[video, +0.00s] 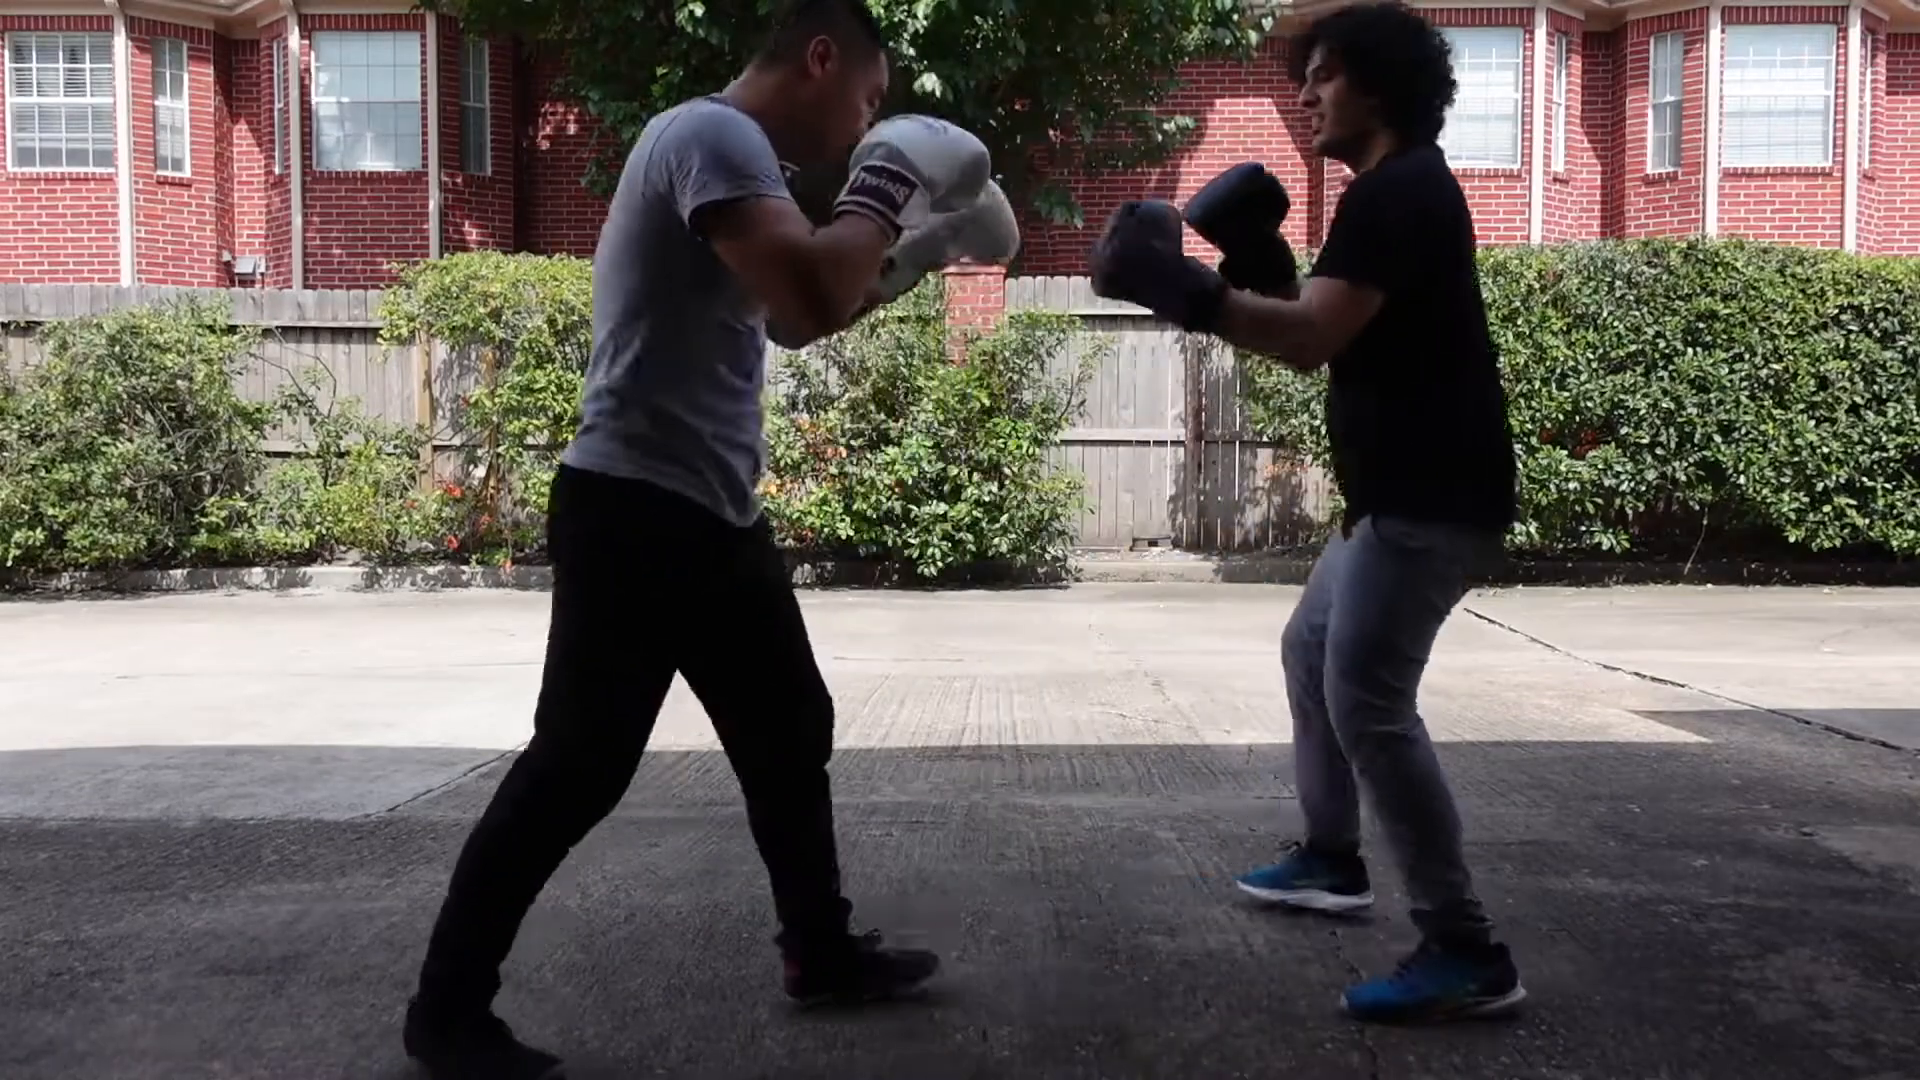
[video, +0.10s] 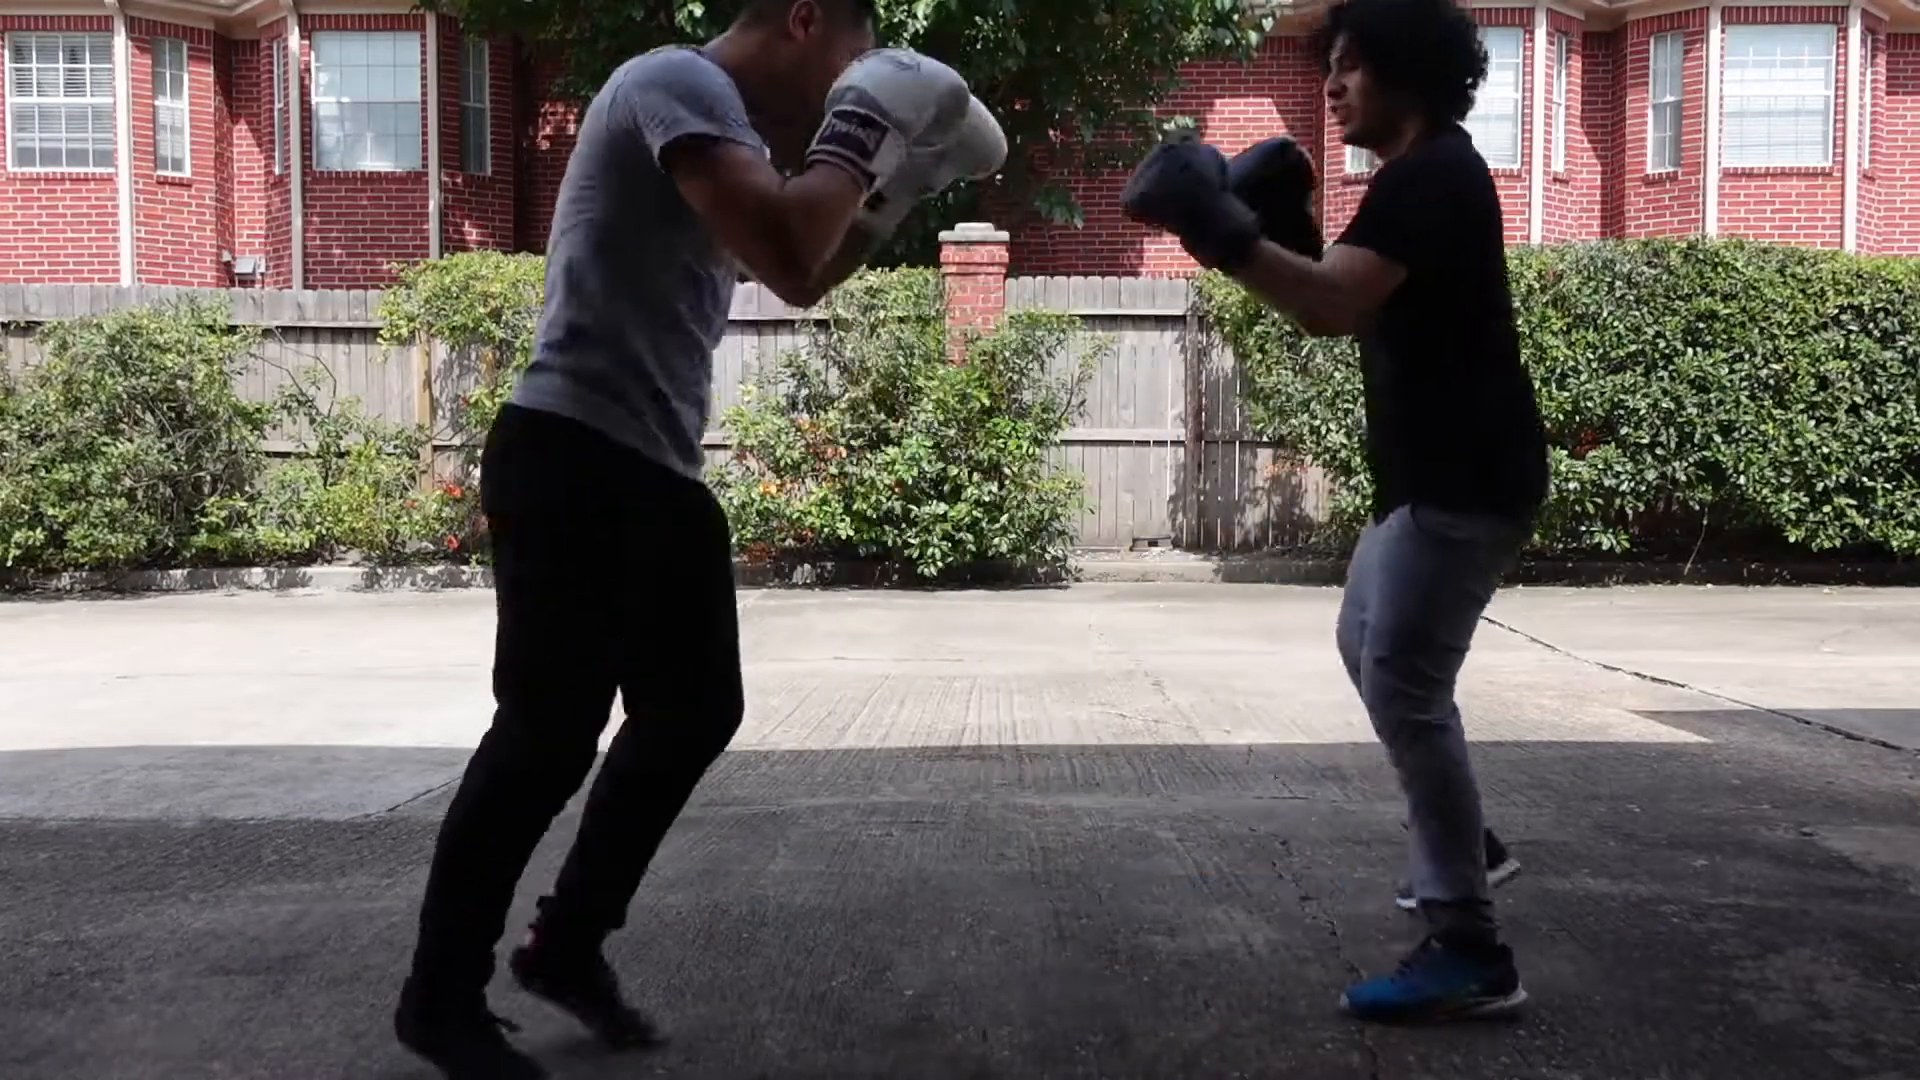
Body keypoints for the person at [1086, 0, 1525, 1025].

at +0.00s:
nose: (1304, 96)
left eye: (1322, 76)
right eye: (1307, 78)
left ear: (1378, 87)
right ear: (1382, 93)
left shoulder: (1396, 193)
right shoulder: (1396, 189)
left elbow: (1314, 335)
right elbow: (1330, 328)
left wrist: (1189, 295)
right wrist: (1265, 255)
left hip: (1431, 506)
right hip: (1403, 500)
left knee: (1369, 707)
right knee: (1308, 651)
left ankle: (1464, 951)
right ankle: (1331, 857)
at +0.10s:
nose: (1330, 87)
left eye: (1348, 66)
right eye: (1331, 68)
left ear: (1407, 74)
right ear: (1406, 81)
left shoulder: (1433, 177)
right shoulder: (1414, 174)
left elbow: (1335, 306)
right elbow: (1344, 307)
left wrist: (1217, 229)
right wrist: (1292, 233)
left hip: (1466, 488)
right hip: (1428, 477)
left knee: (1409, 690)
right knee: (1365, 638)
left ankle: (1468, 947)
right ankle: (1465, 841)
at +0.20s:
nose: (1351, 98)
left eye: (1367, 78)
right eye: (1350, 80)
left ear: (1423, 81)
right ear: (1410, 88)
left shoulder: (1463, 181)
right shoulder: (1446, 178)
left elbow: (1357, 298)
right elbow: (1366, 295)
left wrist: (1259, 203)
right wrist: (1308, 210)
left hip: (1489, 494)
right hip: (1470, 487)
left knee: (1434, 690)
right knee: (1467, 676)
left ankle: (1472, 948)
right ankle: (1582, 836)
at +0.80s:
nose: (1353, 132)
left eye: (1368, 112)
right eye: (1346, 117)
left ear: (1428, 112)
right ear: (1356, 127)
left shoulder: (1481, 206)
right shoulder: (1392, 219)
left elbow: (1443, 321)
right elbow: (1331, 348)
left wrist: (1346, 225)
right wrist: (1292, 264)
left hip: (1500, 496)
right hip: (1430, 498)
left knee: (1464, 690)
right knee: (1388, 664)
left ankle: (1536, 917)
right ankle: (1539, 812)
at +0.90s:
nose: (1329, 132)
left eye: (1343, 112)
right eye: (1322, 117)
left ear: (1406, 111)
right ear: (1323, 126)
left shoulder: (1456, 202)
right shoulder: (1350, 216)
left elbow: (1425, 302)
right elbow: (1289, 324)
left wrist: (1328, 208)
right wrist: (1257, 242)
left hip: (1469, 496)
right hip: (1386, 496)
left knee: (1459, 688)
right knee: (1328, 648)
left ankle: (1536, 915)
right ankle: (1401, 823)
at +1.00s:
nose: (1298, 142)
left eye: (1314, 123)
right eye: (1294, 127)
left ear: (1372, 124)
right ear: (1304, 137)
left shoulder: (1421, 207)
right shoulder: (1316, 229)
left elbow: (1383, 285)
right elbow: (1240, 328)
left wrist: (1296, 186)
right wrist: (1221, 237)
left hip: (1426, 498)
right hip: (1342, 499)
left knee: (1440, 690)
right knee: (1287, 664)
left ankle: (1532, 912)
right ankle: (1274, 820)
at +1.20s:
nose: (1235, 164)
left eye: (1249, 144)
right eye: (1226, 150)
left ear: (1302, 145)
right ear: (1222, 162)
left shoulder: (1337, 231)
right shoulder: (1235, 249)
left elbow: (1342, 324)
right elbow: (1175, 348)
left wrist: (1245, 235)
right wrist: (1151, 274)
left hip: (1332, 504)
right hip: (1249, 508)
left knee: (1329, 662)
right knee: (1202, 670)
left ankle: (1432, 870)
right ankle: (1235, 832)